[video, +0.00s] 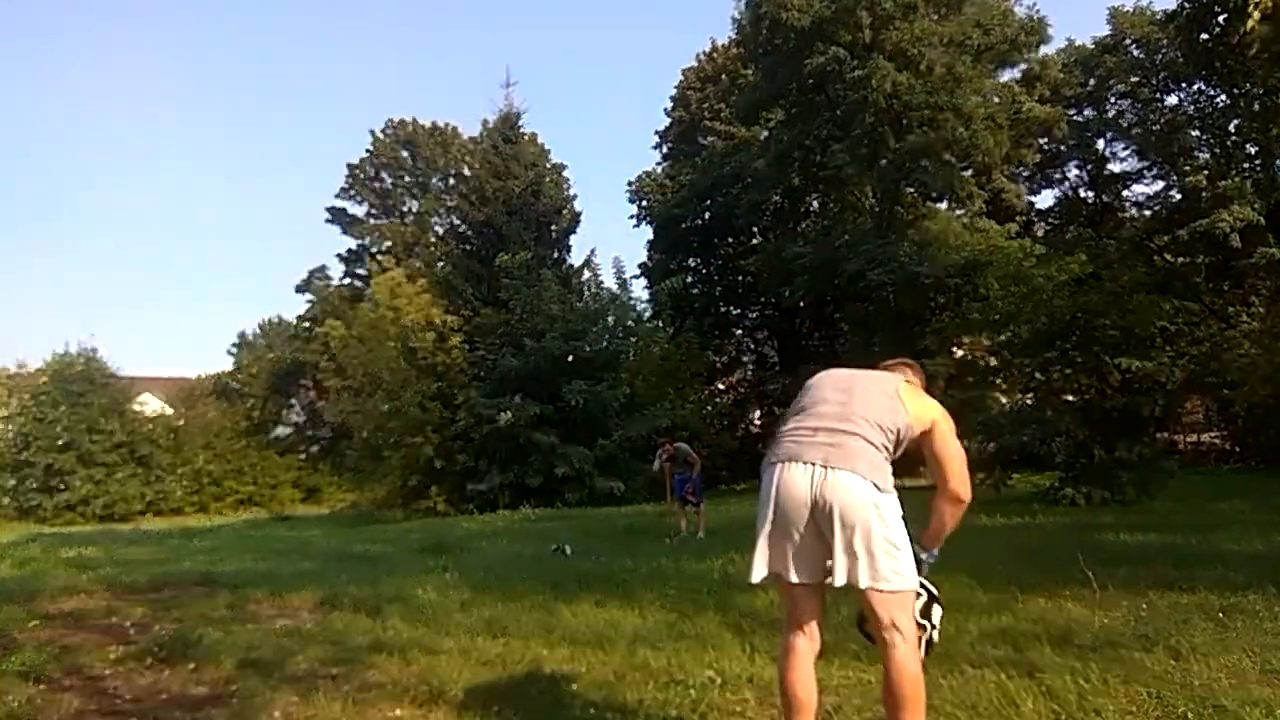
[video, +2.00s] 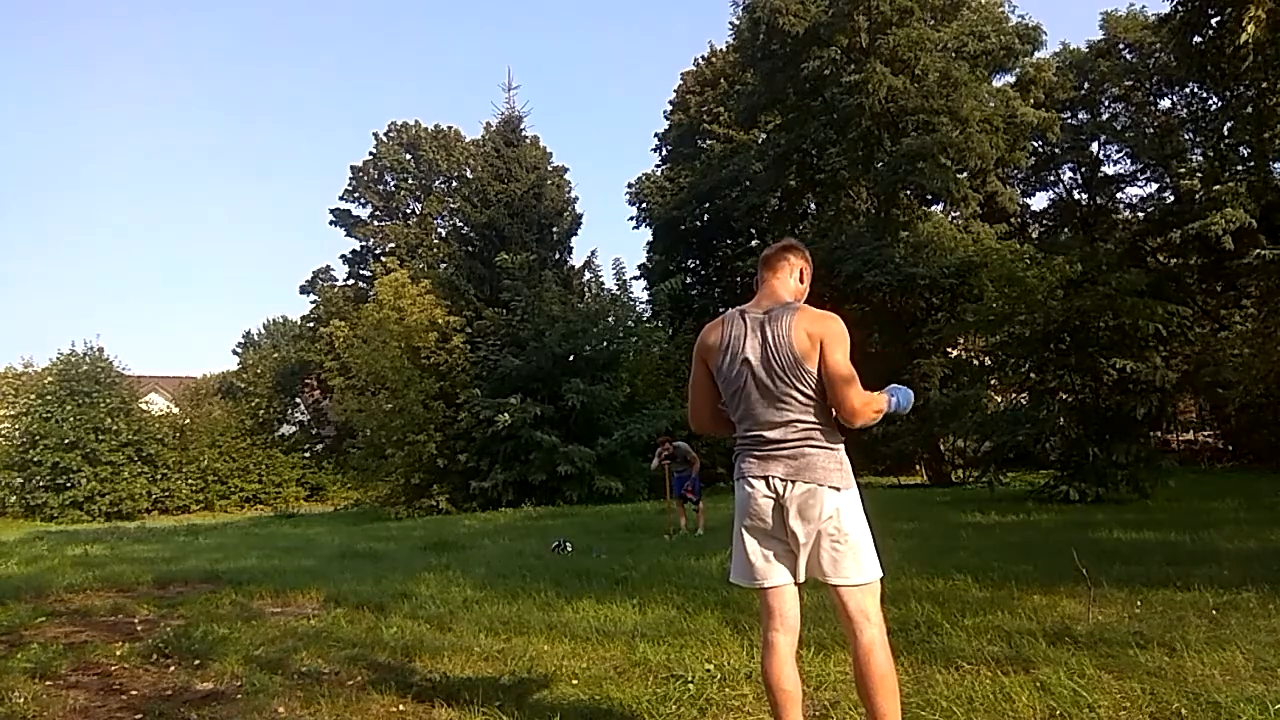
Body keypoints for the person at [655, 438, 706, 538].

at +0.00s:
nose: (666, 453)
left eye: (668, 450)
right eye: (664, 451)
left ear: (672, 446)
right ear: (662, 450)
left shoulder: (682, 448)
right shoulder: (661, 454)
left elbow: (697, 462)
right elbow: (655, 469)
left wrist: (693, 481)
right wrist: (660, 460)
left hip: (691, 473)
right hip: (678, 476)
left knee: (698, 504)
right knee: (680, 504)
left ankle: (701, 531)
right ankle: (683, 531)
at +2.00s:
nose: (667, 452)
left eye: (668, 449)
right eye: (664, 450)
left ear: (672, 445)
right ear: (661, 449)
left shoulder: (682, 447)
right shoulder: (660, 451)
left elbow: (696, 462)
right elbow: (653, 467)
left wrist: (692, 480)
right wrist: (660, 458)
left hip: (690, 473)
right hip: (677, 475)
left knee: (697, 501)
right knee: (679, 502)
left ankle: (700, 527)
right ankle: (683, 528)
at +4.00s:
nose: (667, 452)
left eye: (668, 449)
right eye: (665, 450)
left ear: (672, 446)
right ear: (662, 449)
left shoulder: (682, 447)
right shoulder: (660, 452)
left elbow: (696, 461)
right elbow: (652, 467)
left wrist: (692, 480)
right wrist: (660, 460)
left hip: (690, 472)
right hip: (677, 475)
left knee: (697, 501)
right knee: (679, 502)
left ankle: (700, 528)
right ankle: (683, 528)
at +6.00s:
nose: (668, 451)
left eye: (670, 448)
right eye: (666, 449)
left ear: (673, 445)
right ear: (662, 449)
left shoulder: (683, 447)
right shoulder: (661, 451)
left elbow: (697, 461)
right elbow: (654, 469)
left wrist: (692, 480)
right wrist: (659, 460)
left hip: (691, 473)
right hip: (678, 475)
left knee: (698, 502)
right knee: (679, 502)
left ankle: (700, 527)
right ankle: (683, 528)